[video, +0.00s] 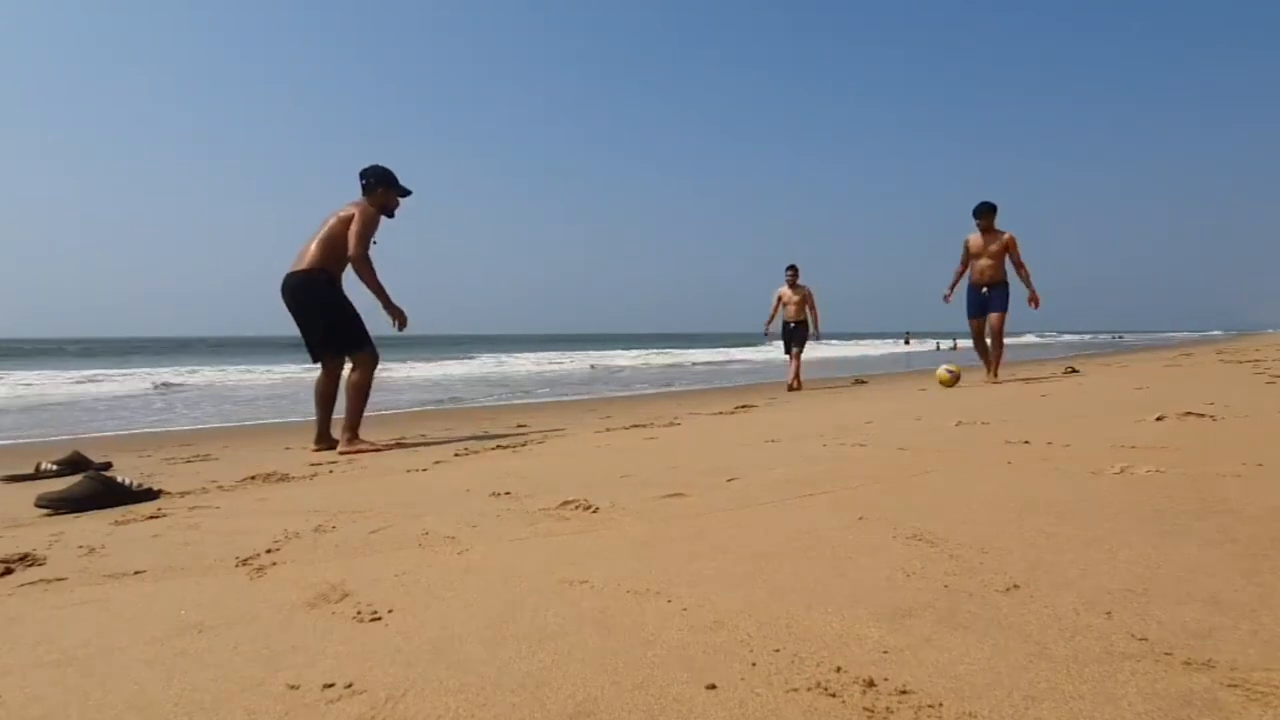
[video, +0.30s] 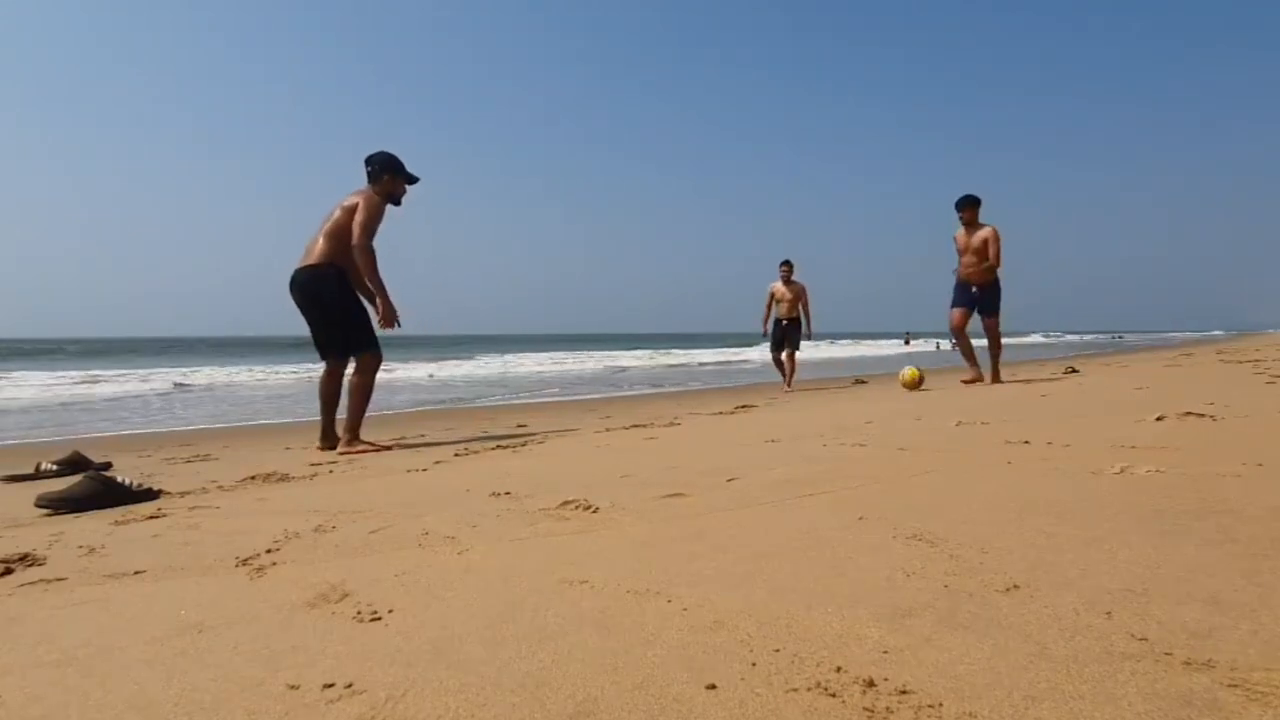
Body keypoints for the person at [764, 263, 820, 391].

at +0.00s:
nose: (790, 278)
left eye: (792, 276)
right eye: (788, 276)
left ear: (797, 276)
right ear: (785, 277)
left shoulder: (805, 291)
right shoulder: (781, 292)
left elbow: (812, 310)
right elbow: (774, 310)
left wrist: (815, 328)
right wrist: (767, 324)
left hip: (800, 322)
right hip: (787, 323)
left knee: (796, 353)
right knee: (791, 355)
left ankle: (790, 381)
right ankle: (797, 381)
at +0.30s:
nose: (784, 274)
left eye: (787, 271)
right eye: (782, 271)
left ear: (792, 272)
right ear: (779, 272)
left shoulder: (799, 288)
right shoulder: (774, 288)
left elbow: (805, 308)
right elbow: (768, 307)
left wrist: (808, 328)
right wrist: (765, 325)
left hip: (793, 320)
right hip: (779, 321)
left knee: (790, 353)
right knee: (775, 355)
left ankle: (788, 383)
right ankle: (785, 377)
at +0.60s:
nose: (773, 275)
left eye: (776, 272)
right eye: (771, 273)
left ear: (780, 273)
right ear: (767, 274)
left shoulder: (788, 288)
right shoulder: (762, 289)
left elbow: (794, 307)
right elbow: (758, 309)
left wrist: (789, 324)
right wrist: (754, 328)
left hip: (784, 322)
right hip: (769, 322)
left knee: (787, 356)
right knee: (763, 353)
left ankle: (787, 384)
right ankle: (766, 385)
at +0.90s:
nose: (749, 272)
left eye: (752, 269)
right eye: (747, 269)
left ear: (757, 270)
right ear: (744, 270)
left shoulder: (768, 286)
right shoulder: (740, 288)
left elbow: (781, 299)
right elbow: (734, 305)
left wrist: (776, 315)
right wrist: (731, 321)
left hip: (766, 323)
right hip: (750, 324)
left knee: (766, 358)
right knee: (754, 359)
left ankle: (775, 377)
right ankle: (767, 386)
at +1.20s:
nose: (725, 266)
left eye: (727, 263)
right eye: (722, 264)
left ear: (733, 264)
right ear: (719, 264)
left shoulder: (741, 281)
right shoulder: (714, 283)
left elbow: (755, 300)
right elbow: (711, 302)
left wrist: (742, 305)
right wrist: (711, 316)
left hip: (738, 321)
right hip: (722, 322)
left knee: (739, 359)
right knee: (720, 360)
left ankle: (745, 388)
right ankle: (734, 382)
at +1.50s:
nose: (683, 260)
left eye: (686, 257)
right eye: (680, 257)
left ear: (692, 258)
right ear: (677, 258)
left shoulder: (700, 276)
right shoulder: (671, 278)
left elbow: (713, 296)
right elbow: (667, 297)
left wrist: (700, 300)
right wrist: (663, 309)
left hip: (695, 318)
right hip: (678, 319)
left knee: (701, 358)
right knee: (677, 360)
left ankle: (720, 380)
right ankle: (686, 394)